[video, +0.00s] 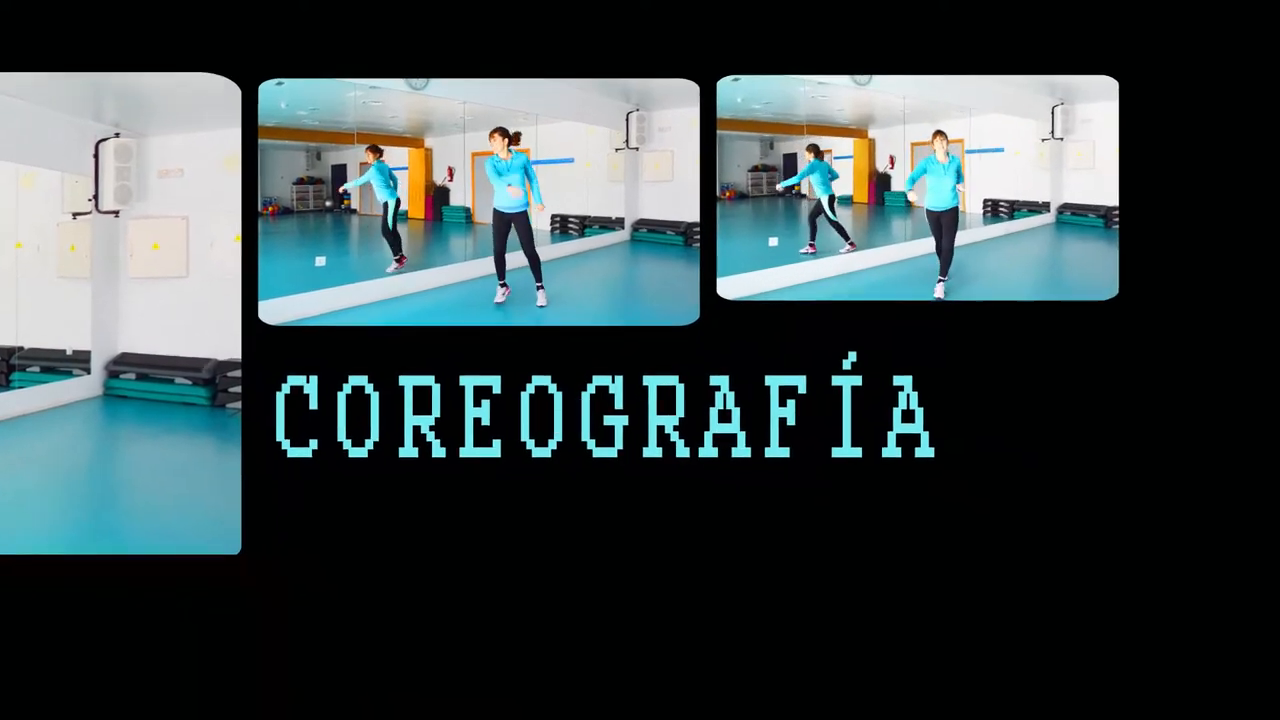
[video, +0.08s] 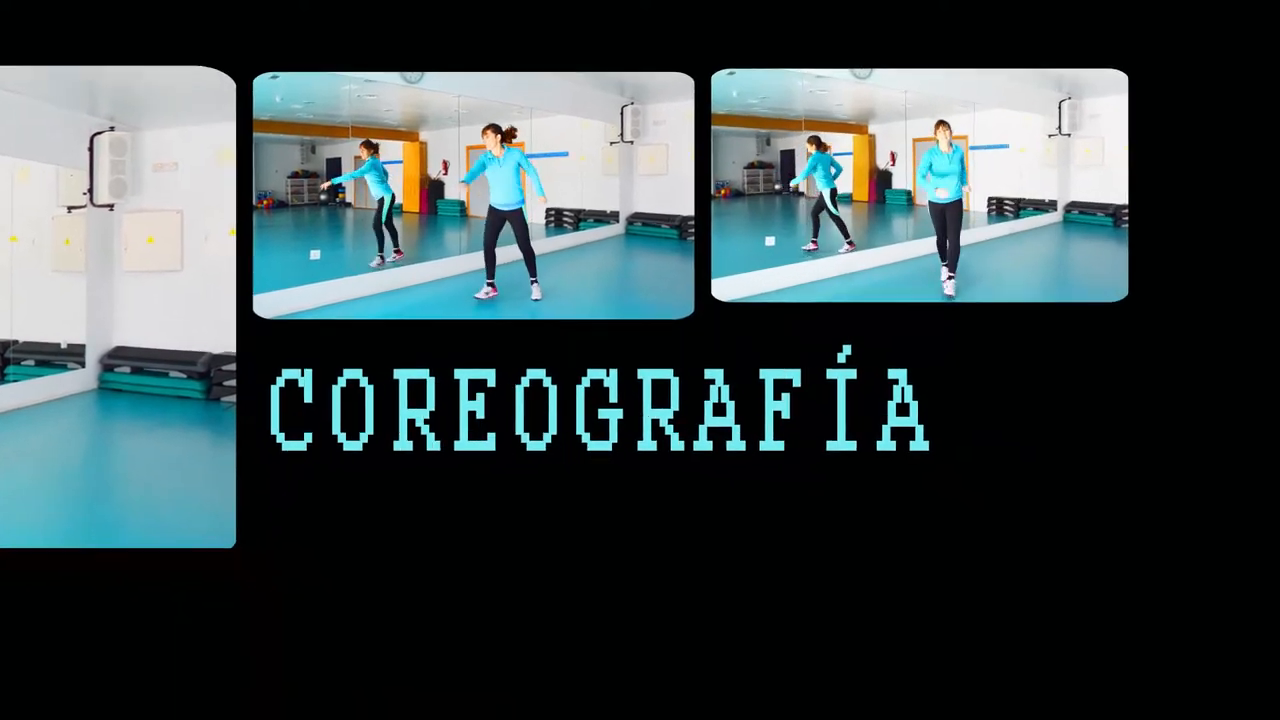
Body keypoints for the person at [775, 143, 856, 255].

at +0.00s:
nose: (806, 155)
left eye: (807, 153)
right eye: (806, 153)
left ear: (811, 153)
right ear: (816, 153)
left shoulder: (812, 165)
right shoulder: (824, 164)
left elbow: (798, 178)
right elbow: (835, 175)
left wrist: (782, 184)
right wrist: (825, 180)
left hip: (826, 196)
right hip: (825, 196)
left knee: (833, 221)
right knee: (812, 217)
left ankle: (850, 243)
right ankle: (811, 245)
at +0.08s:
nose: (807, 148)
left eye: (808, 146)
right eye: (807, 146)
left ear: (813, 145)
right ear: (817, 145)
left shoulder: (814, 158)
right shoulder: (827, 156)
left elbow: (804, 174)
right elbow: (839, 169)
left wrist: (793, 182)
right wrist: (831, 179)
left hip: (826, 190)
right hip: (828, 188)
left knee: (834, 215)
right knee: (814, 213)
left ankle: (849, 242)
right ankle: (814, 242)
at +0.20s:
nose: (810, 136)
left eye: (811, 133)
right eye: (810, 133)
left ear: (815, 133)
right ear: (821, 133)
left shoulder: (815, 147)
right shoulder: (830, 145)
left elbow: (809, 168)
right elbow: (843, 158)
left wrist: (815, 161)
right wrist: (842, 173)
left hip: (828, 179)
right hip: (833, 178)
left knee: (837, 208)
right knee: (816, 204)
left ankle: (849, 237)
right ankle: (827, 231)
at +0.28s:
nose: (813, 131)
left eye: (814, 128)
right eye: (813, 128)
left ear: (819, 128)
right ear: (824, 127)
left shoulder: (817, 142)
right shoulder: (833, 139)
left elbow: (811, 159)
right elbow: (847, 153)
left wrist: (817, 151)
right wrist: (847, 167)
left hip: (831, 174)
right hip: (836, 173)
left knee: (839, 203)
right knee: (820, 201)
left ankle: (851, 232)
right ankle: (836, 222)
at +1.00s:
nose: (845, 65)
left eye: (848, 63)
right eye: (844, 63)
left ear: (854, 65)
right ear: (844, 65)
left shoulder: (860, 78)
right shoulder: (845, 80)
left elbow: (877, 88)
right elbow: (844, 95)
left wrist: (896, 98)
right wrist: (829, 95)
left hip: (864, 116)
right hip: (851, 117)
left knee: (855, 145)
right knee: (845, 146)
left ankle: (856, 174)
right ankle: (859, 163)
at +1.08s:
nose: (853, 59)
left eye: (855, 56)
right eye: (851, 56)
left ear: (861, 58)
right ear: (848, 59)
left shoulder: (868, 72)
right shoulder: (846, 74)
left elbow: (883, 84)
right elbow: (839, 88)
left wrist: (896, 94)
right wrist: (831, 92)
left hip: (867, 110)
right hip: (852, 111)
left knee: (862, 140)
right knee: (850, 140)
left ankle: (862, 169)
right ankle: (849, 167)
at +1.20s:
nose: (870, 48)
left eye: (871, 46)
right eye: (867, 46)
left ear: (872, 49)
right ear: (860, 48)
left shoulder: (874, 63)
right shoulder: (852, 63)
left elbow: (878, 79)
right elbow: (839, 81)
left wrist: (883, 90)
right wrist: (850, 83)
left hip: (871, 100)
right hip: (857, 101)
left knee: (869, 133)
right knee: (859, 134)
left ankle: (869, 163)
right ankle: (851, 167)